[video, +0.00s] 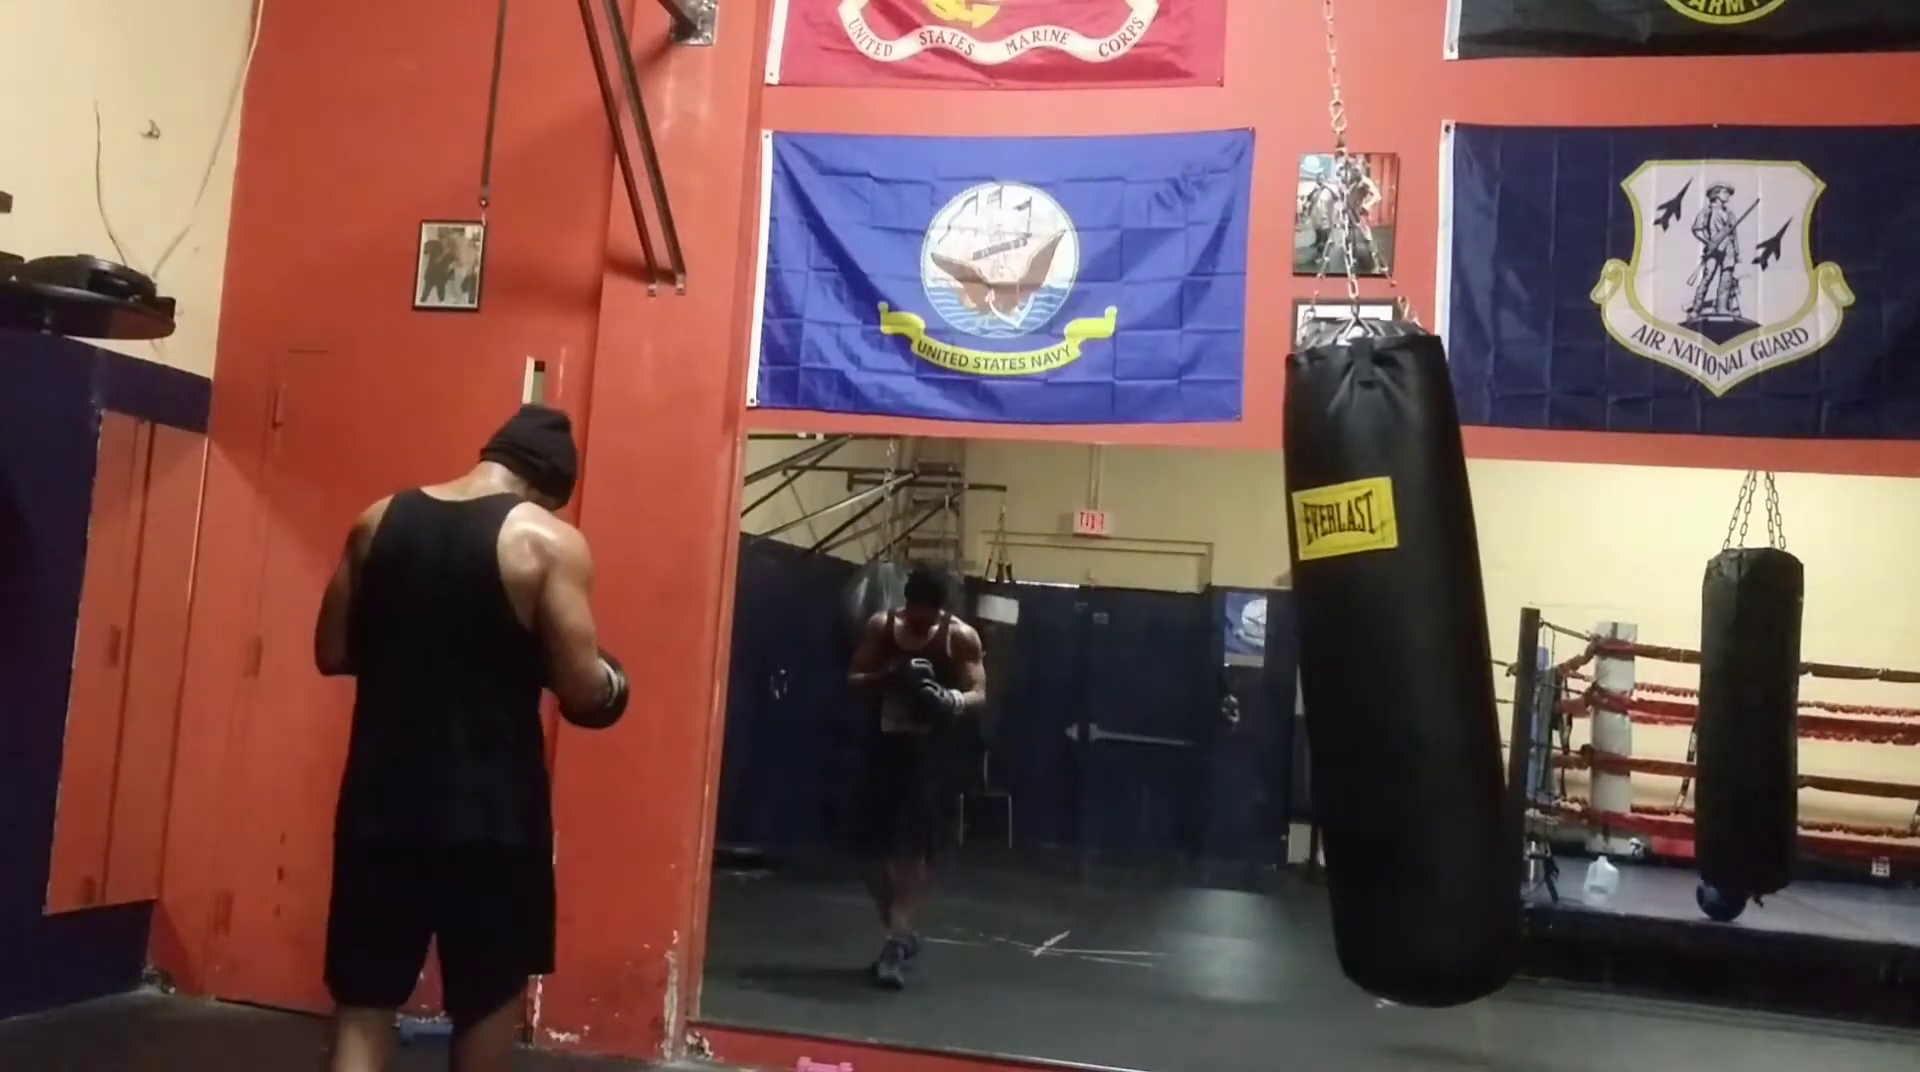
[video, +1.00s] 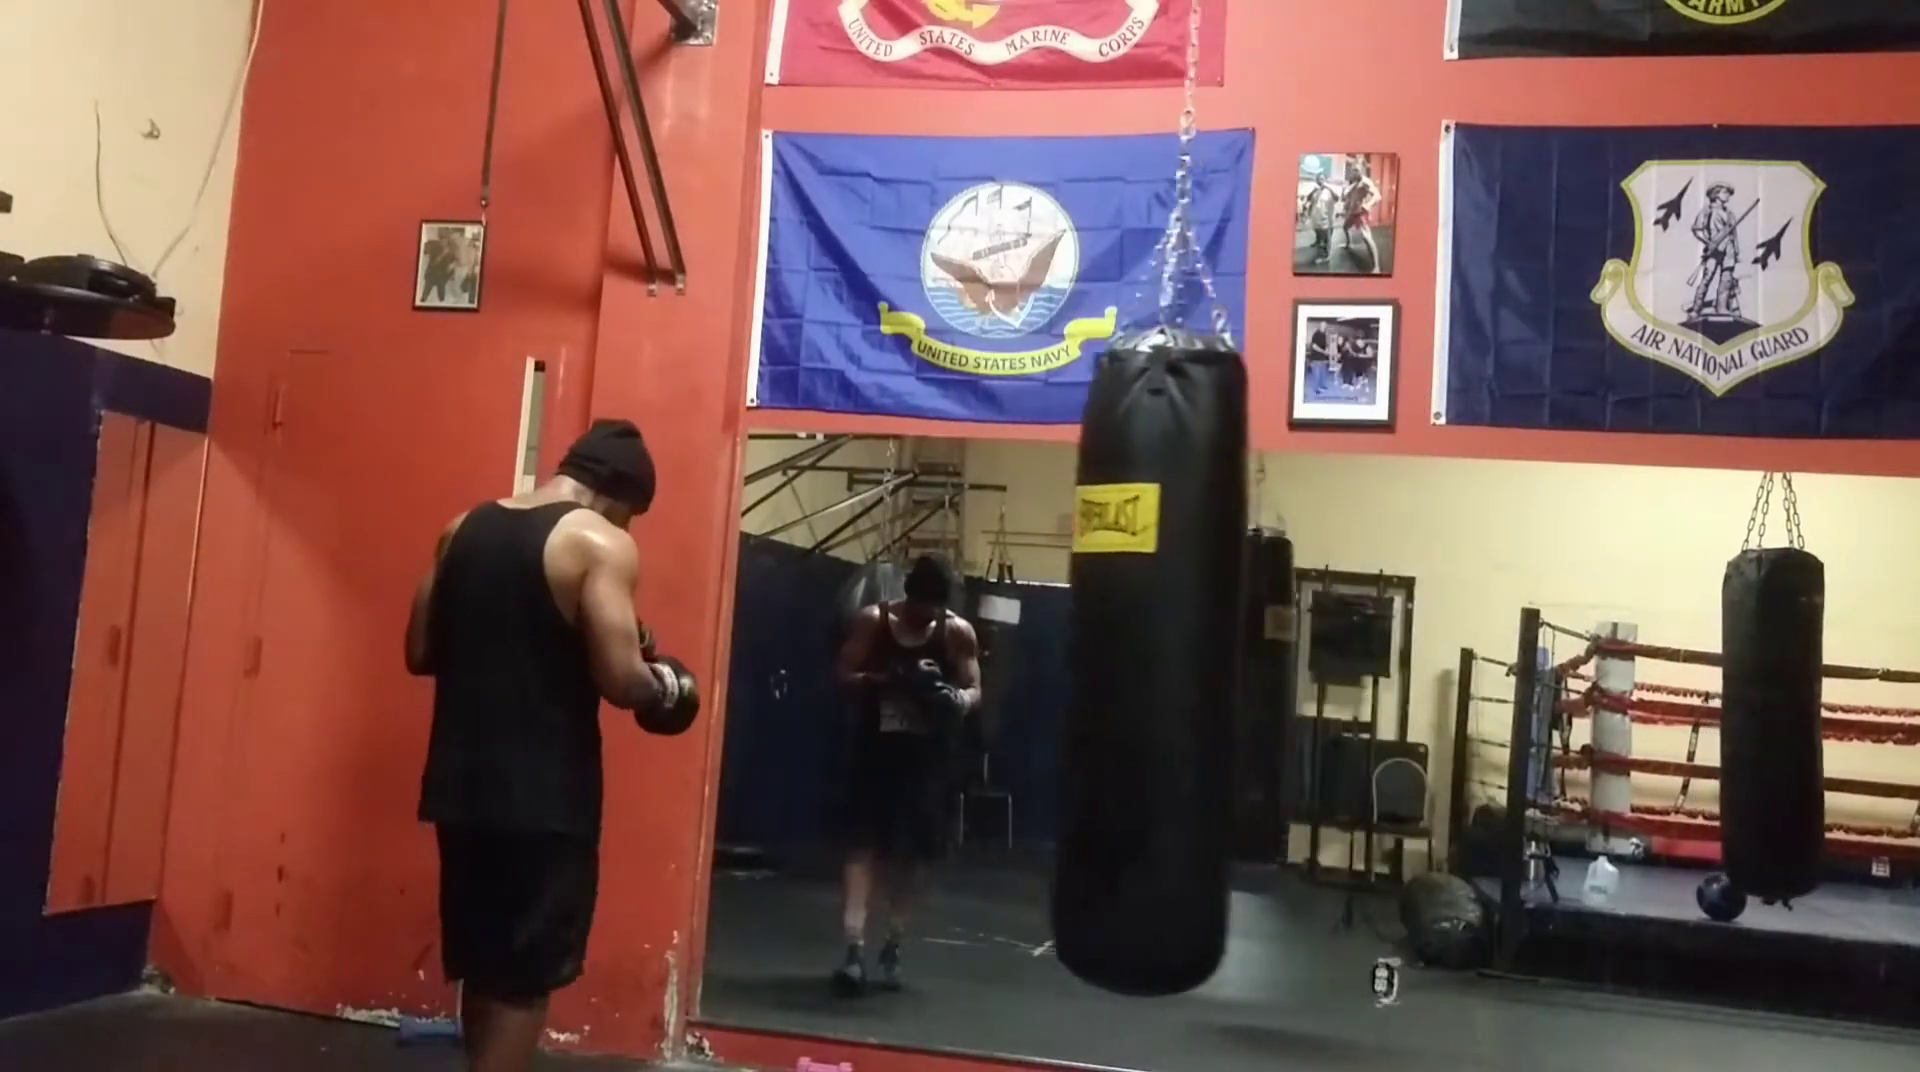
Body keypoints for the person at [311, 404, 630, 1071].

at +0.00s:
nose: (559, 503)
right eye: (561, 492)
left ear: (490, 455)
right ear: (557, 482)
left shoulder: (381, 518)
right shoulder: (550, 541)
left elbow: (333, 653)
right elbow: (582, 694)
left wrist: (417, 635)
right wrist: (612, 686)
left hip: (381, 806)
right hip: (492, 816)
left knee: (362, 1014)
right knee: (489, 1019)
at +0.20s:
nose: (581, 501)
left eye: (581, 490)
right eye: (585, 490)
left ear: (519, 450)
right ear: (582, 479)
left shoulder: (410, 508)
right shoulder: (569, 534)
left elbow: (357, 637)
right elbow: (601, 687)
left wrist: (440, 620)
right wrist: (632, 680)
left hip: (394, 796)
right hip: (504, 807)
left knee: (373, 986)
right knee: (484, 1004)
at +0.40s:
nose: (590, 521)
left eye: (591, 509)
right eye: (595, 509)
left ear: (532, 464)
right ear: (596, 498)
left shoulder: (425, 523)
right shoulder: (580, 548)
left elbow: (375, 652)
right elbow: (607, 695)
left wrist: (459, 625)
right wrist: (645, 691)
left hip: (412, 803)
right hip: (517, 815)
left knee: (383, 1011)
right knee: (503, 1015)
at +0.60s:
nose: (603, 525)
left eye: (605, 513)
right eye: (608, 514)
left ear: (545, 468)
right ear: (606, 498)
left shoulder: (438, 524)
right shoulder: (591, 544)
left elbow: (390, 655)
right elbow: (618, 690)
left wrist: (471, 632)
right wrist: (651, 695)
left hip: (433, 780)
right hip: (527, 791)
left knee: (433, 958)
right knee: (509, 981)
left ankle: (408, 1062)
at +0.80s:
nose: (615, 521)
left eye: (619, 510)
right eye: (620, 510)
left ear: (560, 464)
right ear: (617, 491)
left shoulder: (455, 518)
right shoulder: (601, 538)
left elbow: (406, 646)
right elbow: (622, 676)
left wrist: (486, 630)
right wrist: (652, 692)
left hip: (446, 785)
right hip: (533, 794)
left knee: (467, 969)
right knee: (505, 986)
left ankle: (474, 1060)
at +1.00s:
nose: (624, 526)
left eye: (629, 514)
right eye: (629, 513)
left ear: (567, 471)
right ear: (620, 492)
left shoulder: (467, 526)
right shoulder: (602, 542)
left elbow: (421, 654)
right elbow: (620, 678)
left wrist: (507, 635)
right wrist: (660, 684)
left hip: (464, 793)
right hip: (546, 802)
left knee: (481, 976)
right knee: (522, 987)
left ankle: (485, 1064)